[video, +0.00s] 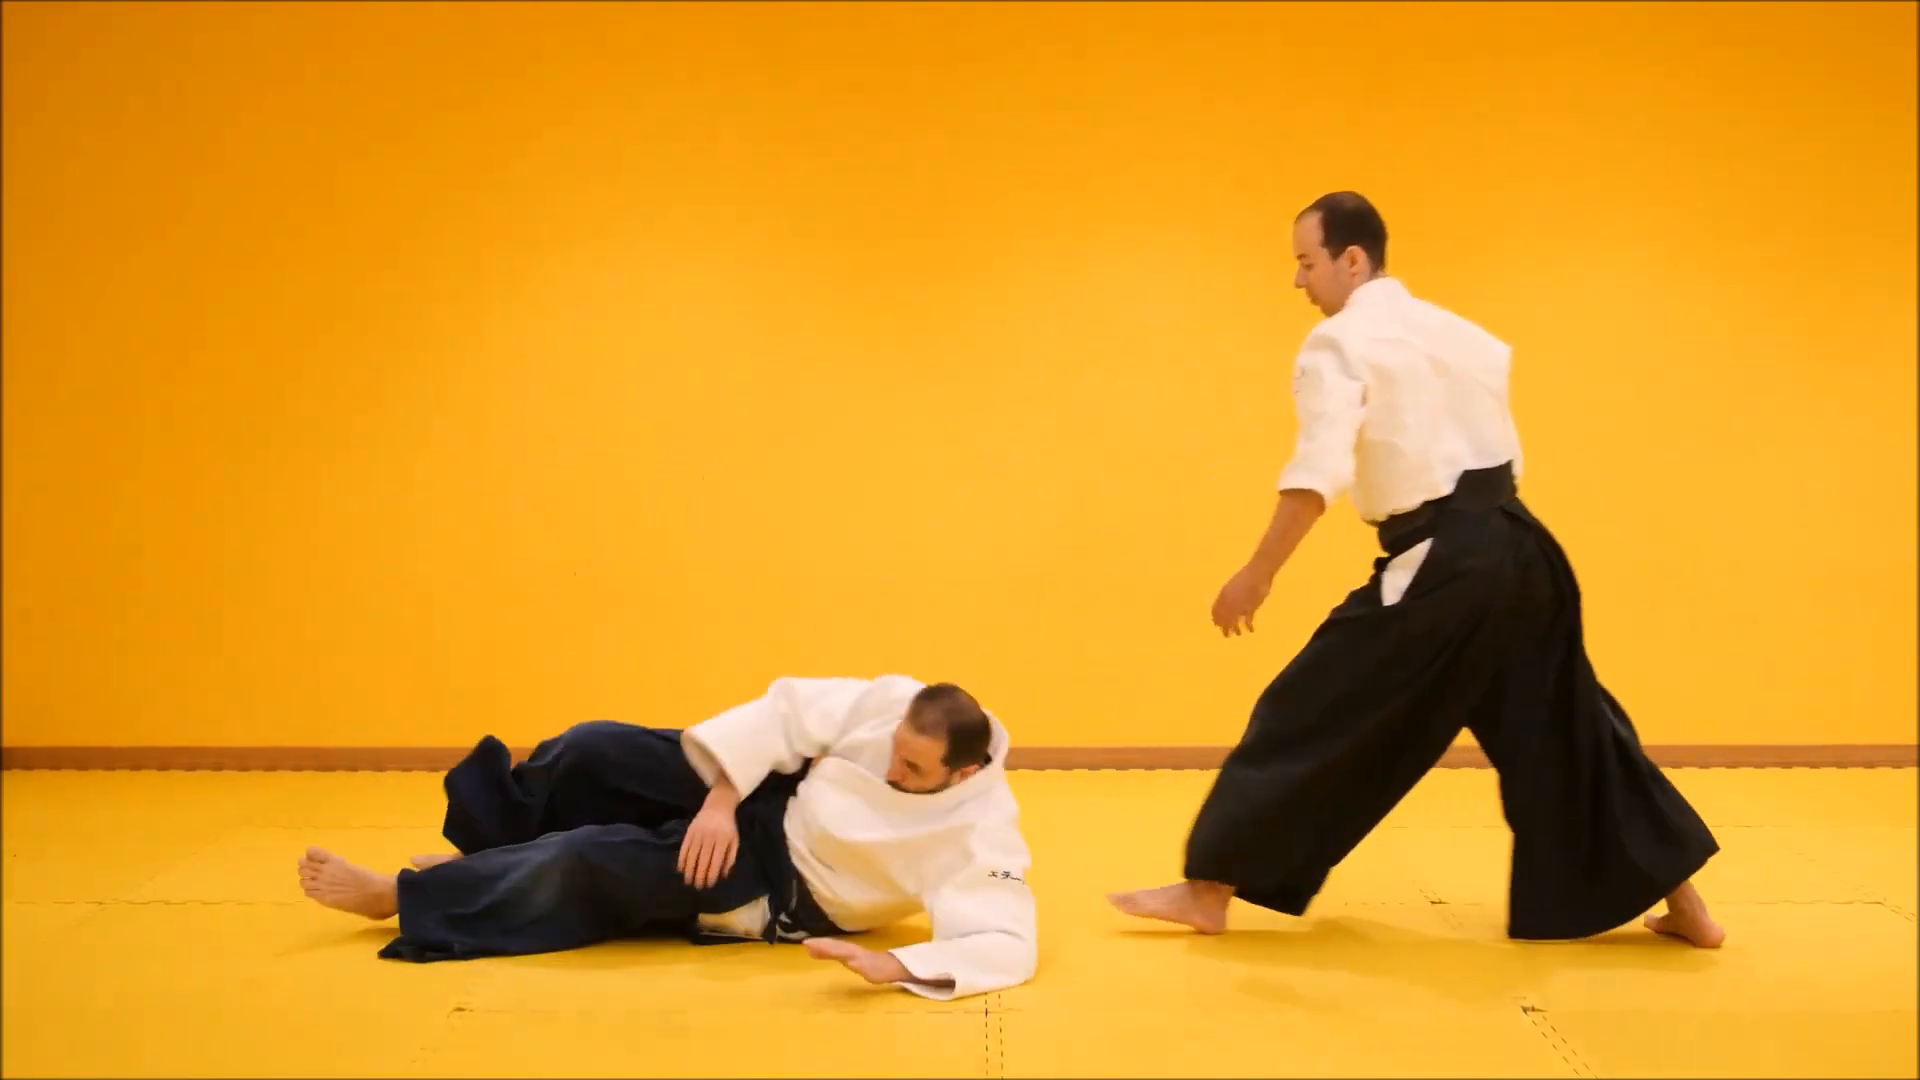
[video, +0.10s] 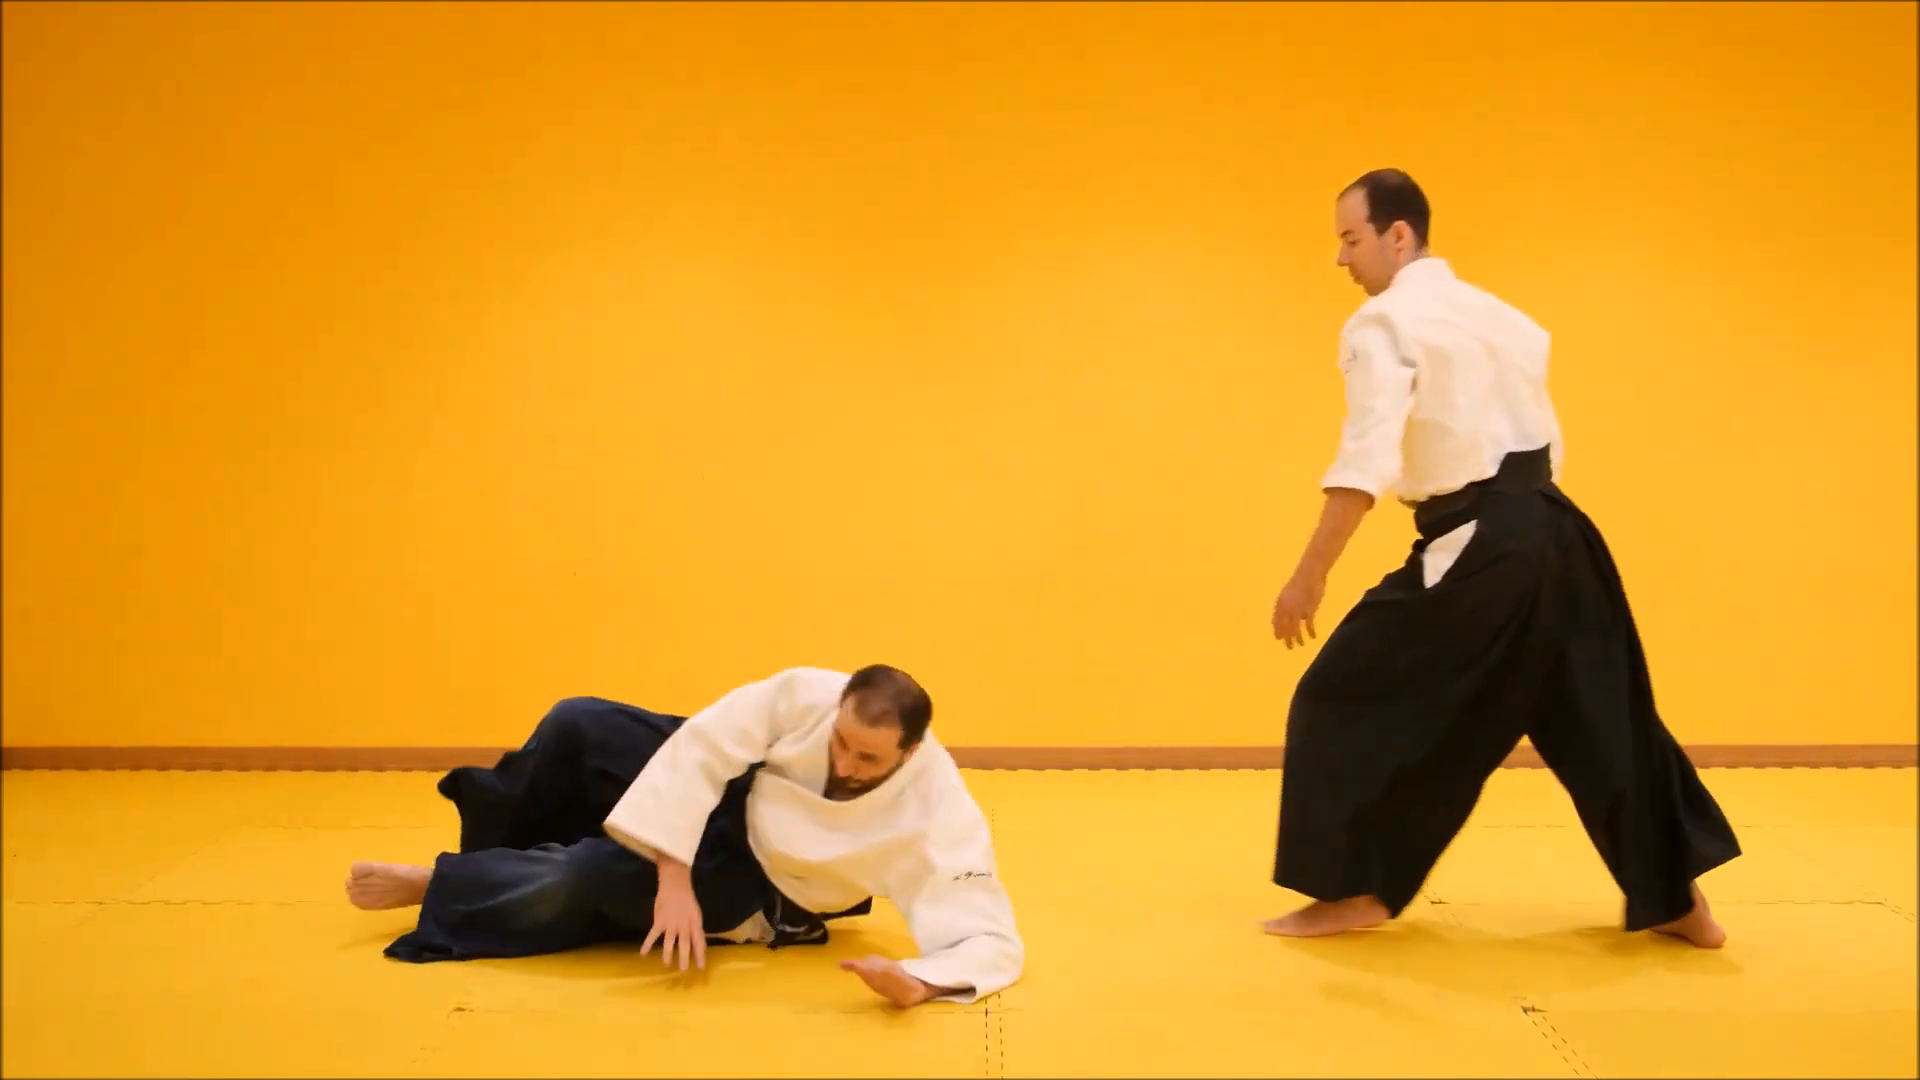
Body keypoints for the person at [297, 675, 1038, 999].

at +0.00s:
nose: (891, 767)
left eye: (912, 769)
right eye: (894, 749)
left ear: (960, 770)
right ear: (902, 722)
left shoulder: (981, 836)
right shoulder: (895, 707)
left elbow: (1008, 948)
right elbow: (790, 709)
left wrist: (903, 964)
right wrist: (723, 799)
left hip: (777, 881)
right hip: (765, 788)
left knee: (581, 862)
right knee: (594, 752)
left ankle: (406, 896)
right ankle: (491, 830)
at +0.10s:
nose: (844, 766)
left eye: (866, 760)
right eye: (840, 744)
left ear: (909, 751)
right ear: (836, 707)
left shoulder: (939, 818)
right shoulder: (805, 696)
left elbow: (992, 938)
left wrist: (927, 974)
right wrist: (675, 880)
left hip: (758, 876)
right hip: (722, 780)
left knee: (590, 872)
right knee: (577, 724)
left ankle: (437, 886)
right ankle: (495, 859)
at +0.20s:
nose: (826, 771)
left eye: (846, 761)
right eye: (815, 750)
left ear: (876, 747)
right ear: (794, 713)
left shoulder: (882, 785)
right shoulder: (732, 706)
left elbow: (915, 883)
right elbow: (635, 792)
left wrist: (932, 970)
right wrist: (654, 931)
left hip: (729, 881)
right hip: (678, 789)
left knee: (582, 938)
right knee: (530, 738)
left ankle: (465, 916)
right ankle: (526, 877)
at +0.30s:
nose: (843, 778)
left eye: (858, 764)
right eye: (831, 757)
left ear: (877, 750)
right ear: (787, 725)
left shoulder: (862, 786)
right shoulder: (710, 709)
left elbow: (883, 878)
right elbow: (618, 803)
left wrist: (911, 973)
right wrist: (657, 933)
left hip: (701, 860)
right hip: (634, 765)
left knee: (583, 949)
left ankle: (522, 905)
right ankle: (512, 889)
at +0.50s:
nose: (849, 667)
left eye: (861, 652)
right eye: (839, 648)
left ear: (863, 646)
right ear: (784, 624)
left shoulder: (836, 705)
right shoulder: (689, 618)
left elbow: (861, 823)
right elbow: (572, 718)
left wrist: (891, 972)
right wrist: (581, 847)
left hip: (652, 795)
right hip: (556, 731)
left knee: (562, 951)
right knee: (447, 894)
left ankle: (423, 912)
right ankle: (346, 907)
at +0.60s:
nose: (846, 590)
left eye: (853, 575)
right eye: (837, 571)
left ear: (828, 566)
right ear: (779, 552)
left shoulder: (821, 645)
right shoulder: (675, 562)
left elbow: (828, 780)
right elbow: (530, 626)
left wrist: (825, 939)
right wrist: (527, 739)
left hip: (641, 772)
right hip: (574, 710)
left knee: (565, 948)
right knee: (543, 832)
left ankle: (416, 913)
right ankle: (372, 945)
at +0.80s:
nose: (877, 468)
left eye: (880, 450)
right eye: (867, 447)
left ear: (824, 442)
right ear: (811, 435)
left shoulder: (838, 560)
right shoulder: (688, 466)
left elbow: (827, 700)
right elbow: (549, 511)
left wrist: (835, 833)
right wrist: (564, 597)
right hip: (599, 649)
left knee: (578, 896)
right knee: (719, 744)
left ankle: (473, 852)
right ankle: (678, 975)